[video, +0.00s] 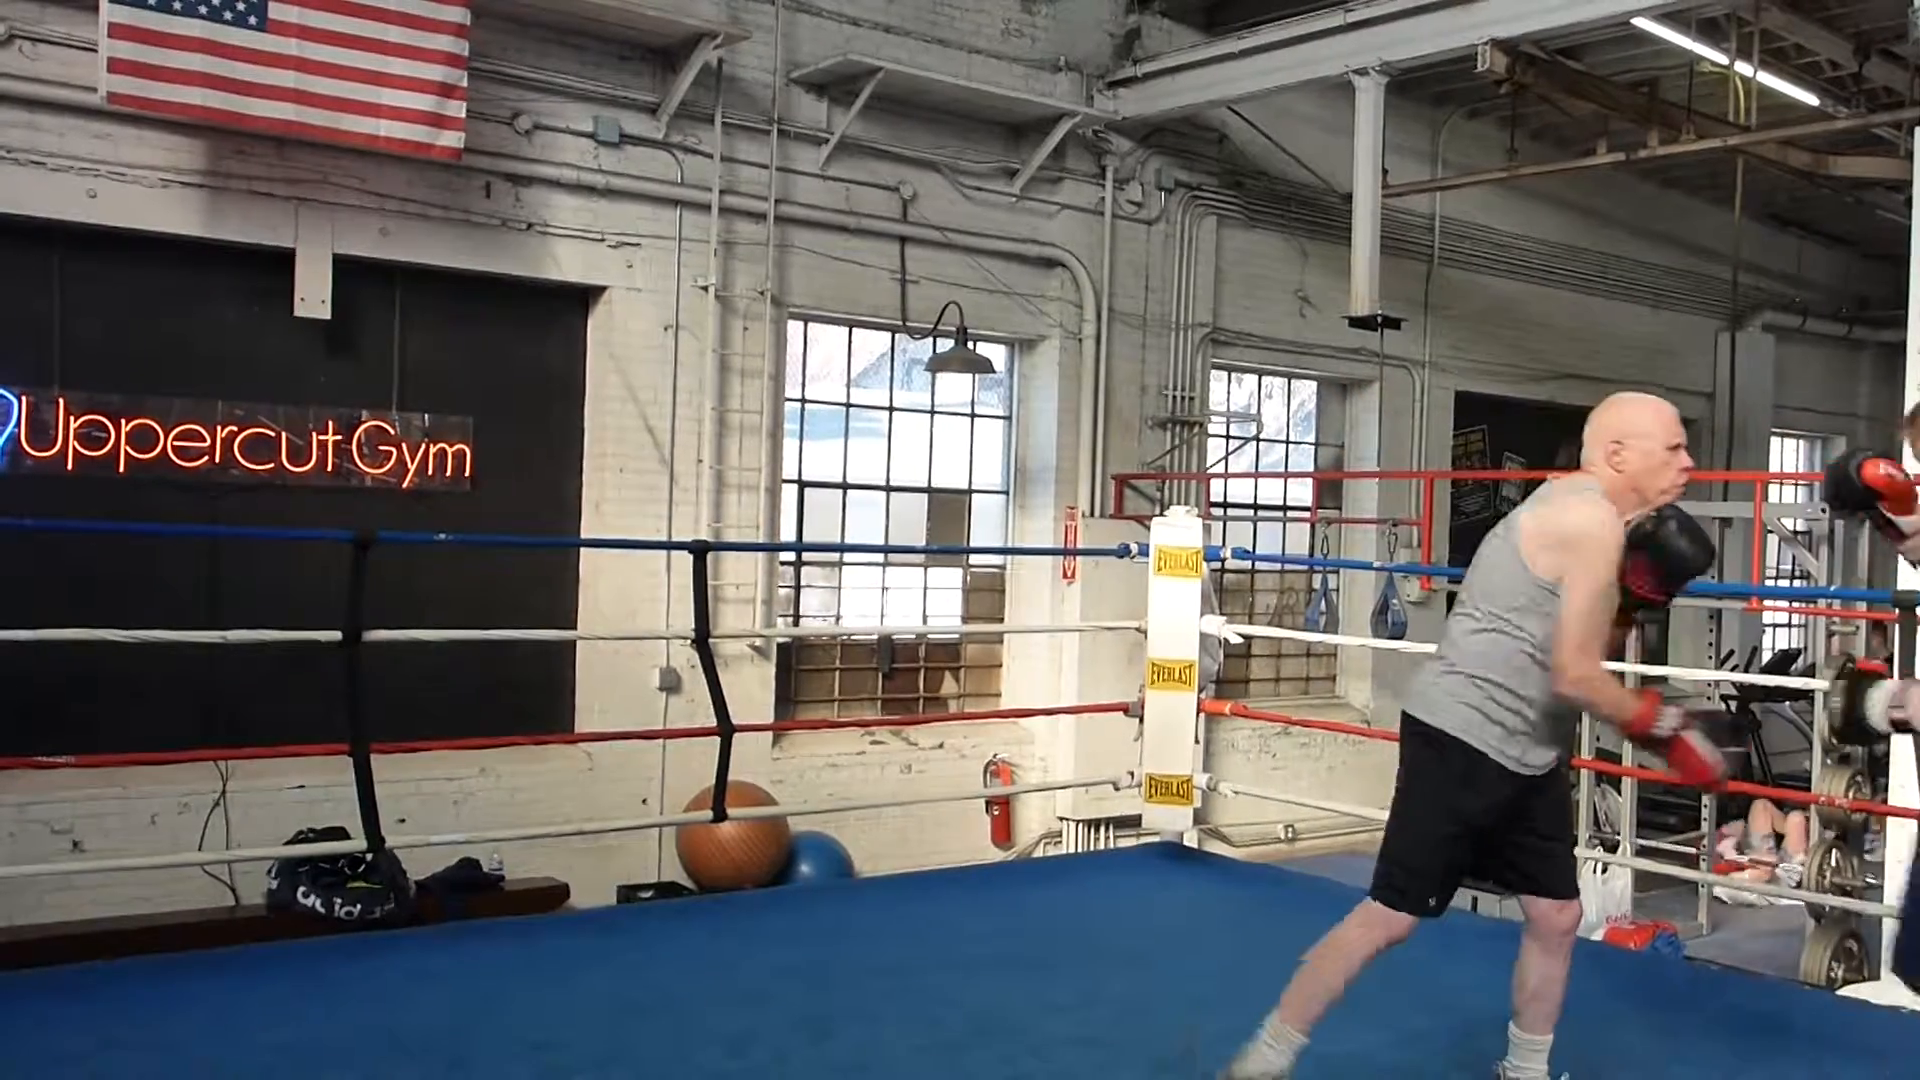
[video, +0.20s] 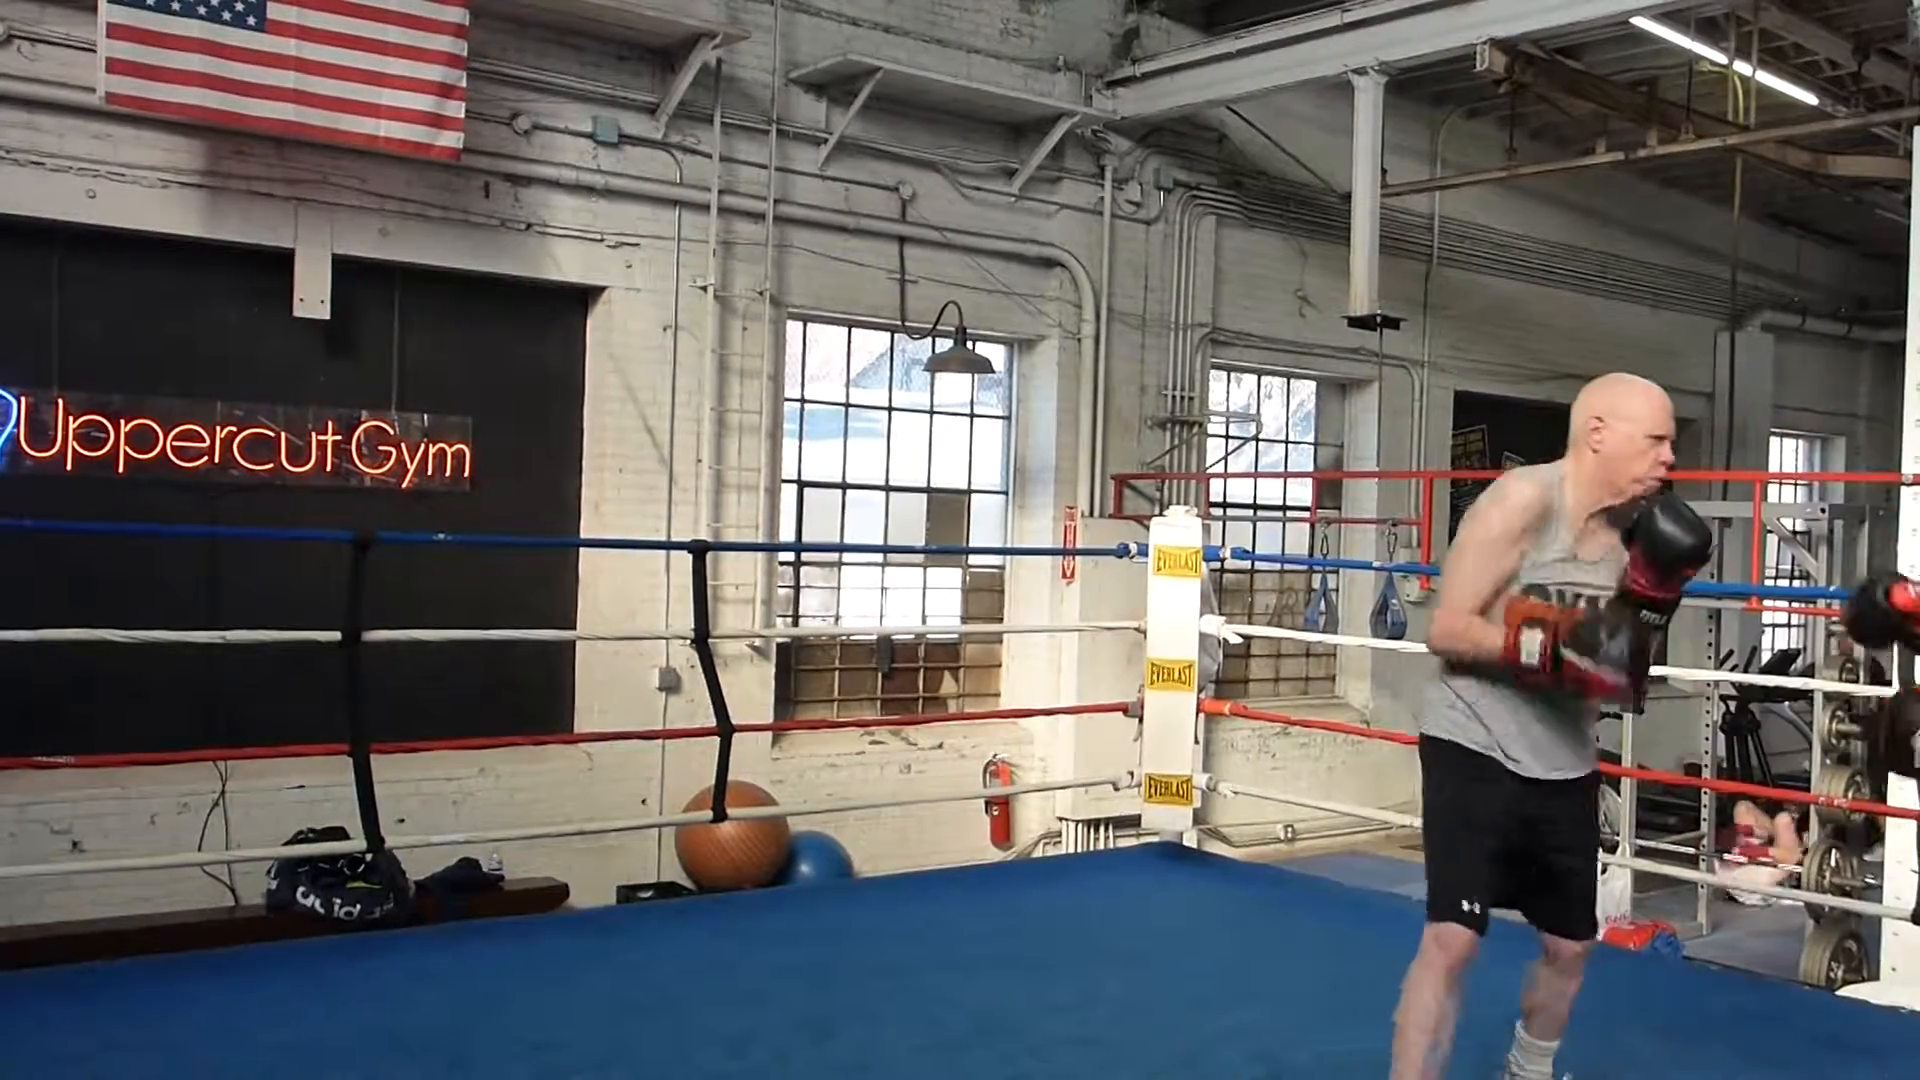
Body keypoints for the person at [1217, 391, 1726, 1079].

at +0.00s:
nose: (1689, 465)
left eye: (1686, 450)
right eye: (1674, 451)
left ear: (1615, 455)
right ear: (1616, 454)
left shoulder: (1573, 504)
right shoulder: (1592, 521)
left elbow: (1570, 647)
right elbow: (1575, 674)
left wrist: (1637, 594)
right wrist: (1662, 726)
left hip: (1528, 751)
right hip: (1461, 734)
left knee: (1555, 915)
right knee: (1392, 913)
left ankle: (1526, 1071)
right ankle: (1261, 1062)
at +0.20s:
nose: (1668, 461)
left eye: (1670, 446)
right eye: (1655, 442)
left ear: (1607, 441)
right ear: (1597, 435)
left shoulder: (1629, 529)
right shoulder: (1518, 500)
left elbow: (1617, 658)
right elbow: (1448, 629)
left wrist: (1652, 590)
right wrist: (1550, 655)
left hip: (1564, 752)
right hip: (1473, 742)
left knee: (1569, 945)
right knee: (1453, 937)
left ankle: (1530, 1072)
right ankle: (1412, 1076)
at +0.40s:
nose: (1642, 447)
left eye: (1644, 432)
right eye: (1626, 429)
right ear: (1567, 424)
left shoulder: (1615, 511)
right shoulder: (1494, 503)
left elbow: (1638, 663)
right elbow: (1492, 668)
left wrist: (1654, 583)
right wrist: (1570, 578)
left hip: (1585, 760)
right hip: (1489, 760)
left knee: (1653, 952)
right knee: (1472, 965)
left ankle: (1577, 1070)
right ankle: (1416, 1075)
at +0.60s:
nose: (1691, 444)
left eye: (1696, 429)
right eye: (1675, 425)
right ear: (1612, 417)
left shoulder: (1669, 509)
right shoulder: (1538, 491)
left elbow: (1688, 666)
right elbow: (1528, 660)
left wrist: (1711, 581)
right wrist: (1610, 578)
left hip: (1626, 779)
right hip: (1519, 771)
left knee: (1663, 979)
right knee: (1472, 976)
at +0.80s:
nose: (1737, 445)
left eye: (1747, 429)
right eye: (1722, 424)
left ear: (1754, 430)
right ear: (1662, 409)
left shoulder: (1740, 513)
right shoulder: (1584, 486)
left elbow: (1753, 675)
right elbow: (1559, 656)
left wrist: (1765, 591)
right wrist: (1633, 586)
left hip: (1692, 794)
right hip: (1567, 781)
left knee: (1705, 1008)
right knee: (1505, 983)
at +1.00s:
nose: (1727, 431)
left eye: (1740, 415)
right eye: (1710, 410)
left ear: (1749, 416)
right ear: (1655, 399)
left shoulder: (1752, 499)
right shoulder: (1588, 476)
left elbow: (1774, 661)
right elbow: (1571, 648)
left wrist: (1761, 566)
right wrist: (1634, 566)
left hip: (1712, 789)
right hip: (1585, 781)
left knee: (1719, 1009)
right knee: (1577, 992)